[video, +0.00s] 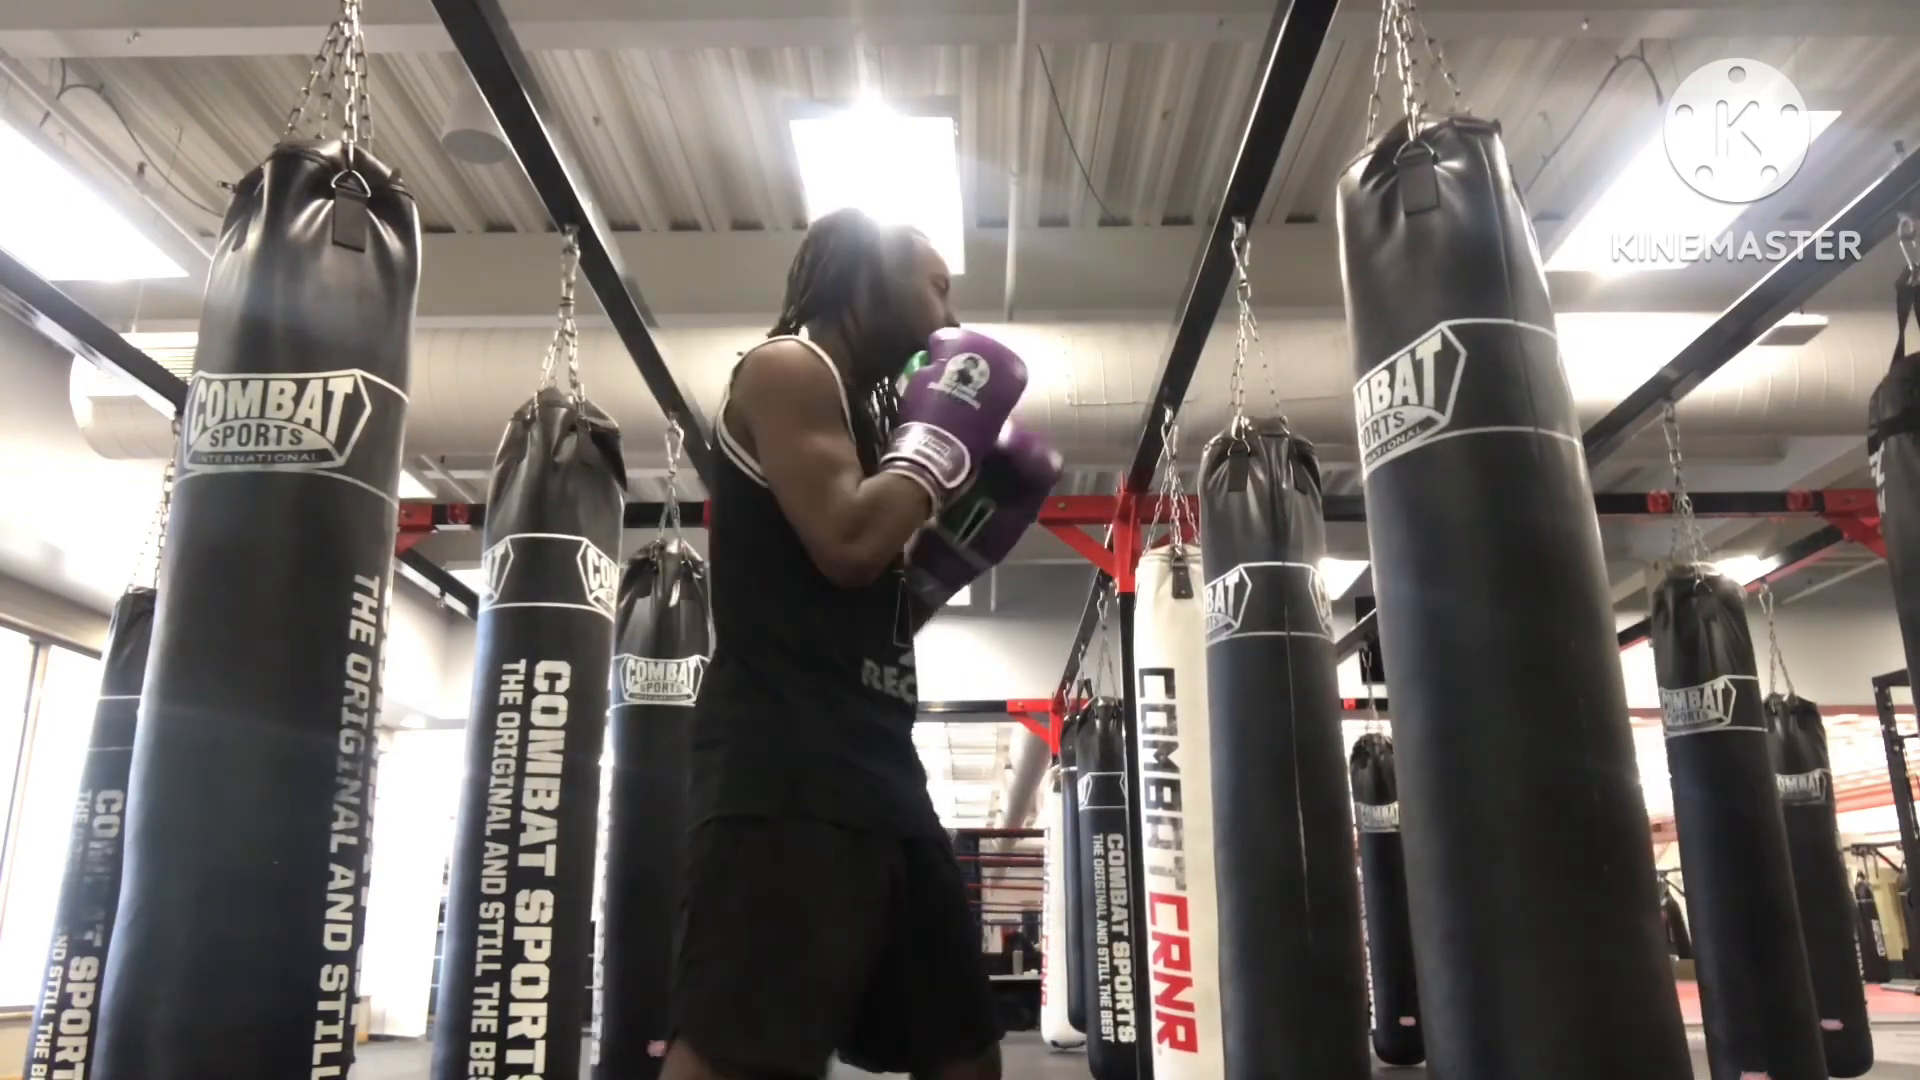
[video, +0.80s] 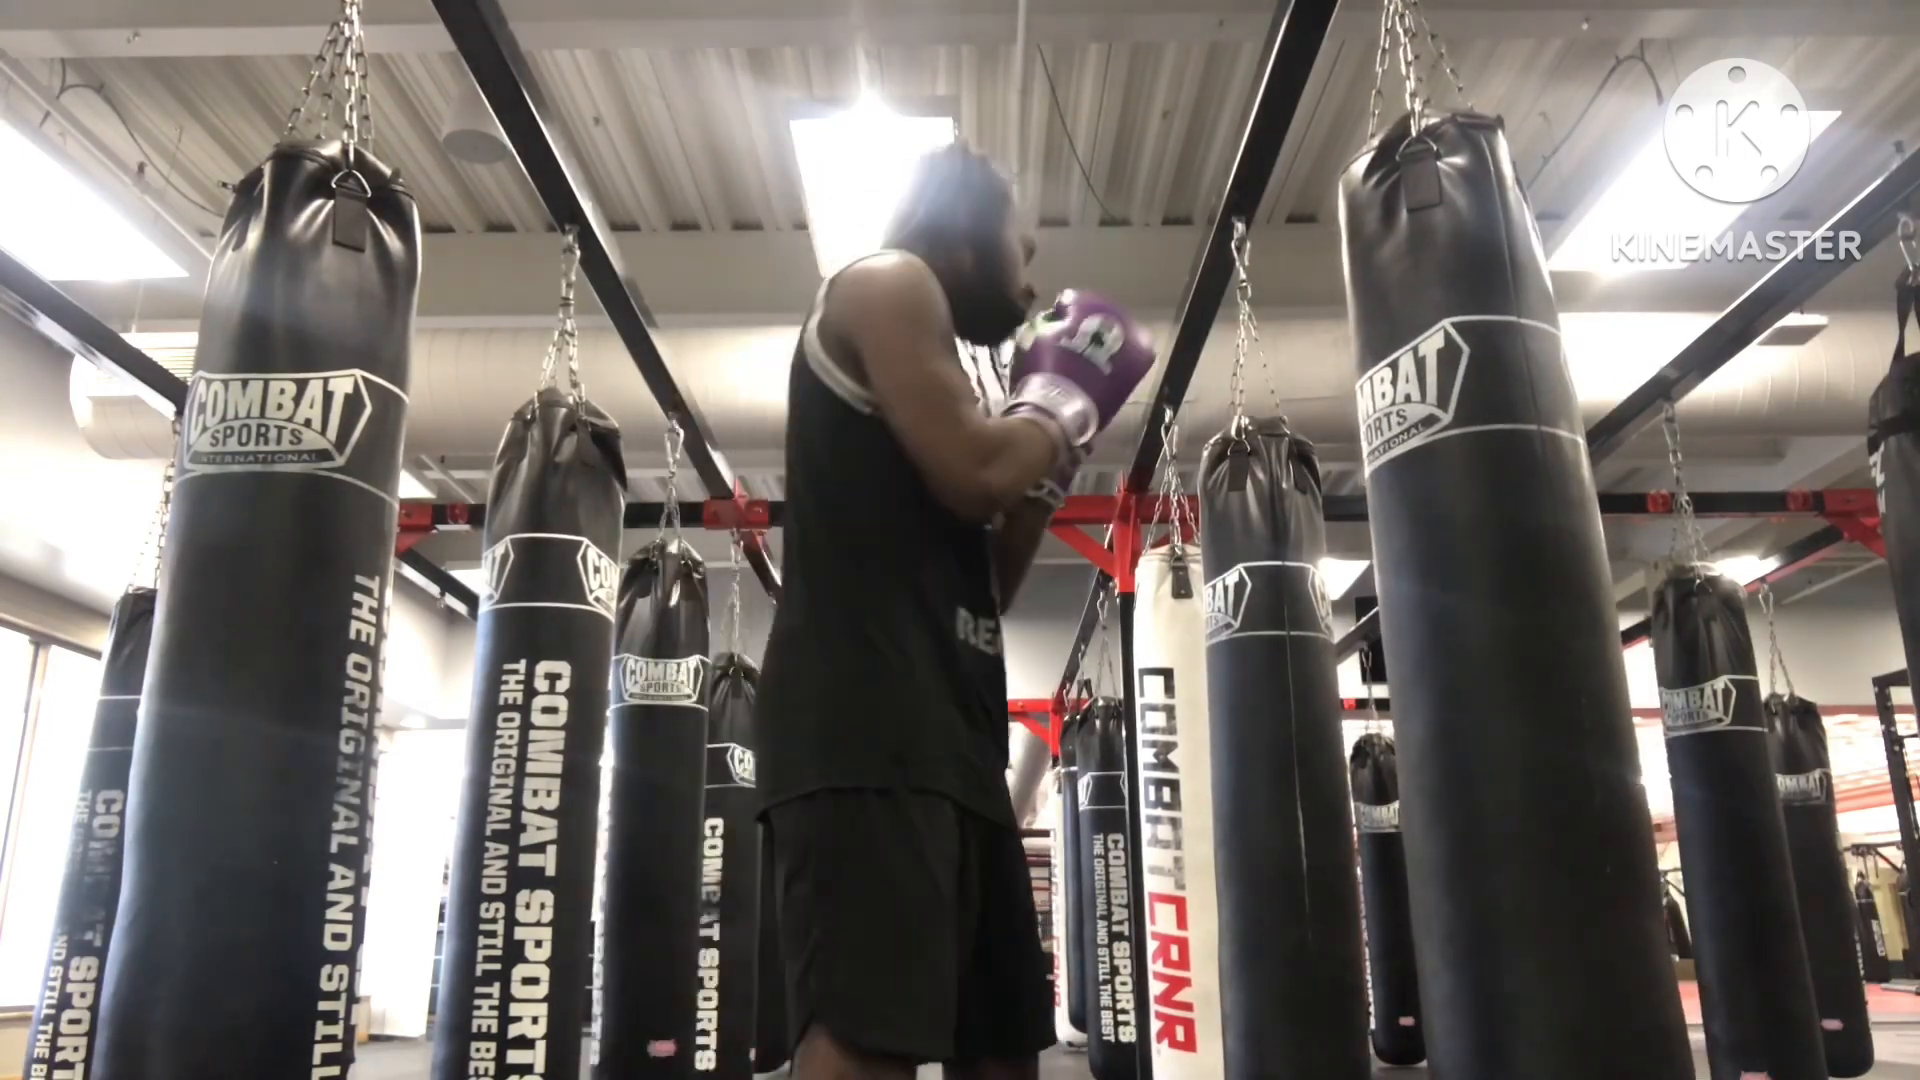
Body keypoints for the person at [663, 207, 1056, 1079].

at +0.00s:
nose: (950, 315)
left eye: (949, 293)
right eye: (936, 288)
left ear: (870, 293)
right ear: (869, 281)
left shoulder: (864, 410)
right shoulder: (787, 367)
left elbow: (873, 613)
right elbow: (848, 540)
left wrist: (969, 532)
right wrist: (944, 429)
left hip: (876, 772)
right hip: (783, 771)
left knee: (960, 1047)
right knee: (728, 1046)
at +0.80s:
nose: (1032, 268)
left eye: (1029, 243)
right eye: (1019, 236)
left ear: (945, 231)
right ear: (963, 224)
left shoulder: (943, 362)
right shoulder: (885, 285)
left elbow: (990, 583)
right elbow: (974, 470)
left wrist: (1046, 453)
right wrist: (1062, 399)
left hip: (947, 749)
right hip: (865, 740)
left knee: (998, 1041)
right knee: (859, 1044)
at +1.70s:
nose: (1034, 162)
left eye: (1027, 139)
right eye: (1023, 137)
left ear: (903, 144)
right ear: (990, 138)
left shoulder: (889, 257)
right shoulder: (939, 227)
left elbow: (995, 457)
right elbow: (1013, 463)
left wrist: (1066, 400)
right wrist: (1104, 409)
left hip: (867, 758)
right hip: (916, 761)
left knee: (885, 1046)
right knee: (947, 1046)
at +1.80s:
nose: (1046, 167)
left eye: (1038, 142)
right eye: (1034, 140)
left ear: (914, 150)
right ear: (1001, 143)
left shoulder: (901, 262)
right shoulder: (948, 231)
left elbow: (1001, 468)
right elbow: (1017, 464)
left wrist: (1080, 397)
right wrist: (1102, 395)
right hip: (927, 753)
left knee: (868, 1050)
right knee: (962, 1051)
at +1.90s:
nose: (1043, 169)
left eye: (885, 148)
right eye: (1034, 145)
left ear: (913, 147)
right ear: (1004, 138)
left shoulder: (908, 261)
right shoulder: (956, 232)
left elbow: (999, 491)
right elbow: (1011, 460)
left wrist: (1111, 451)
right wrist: (1109, 399)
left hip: (894, 732)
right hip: (935, 735)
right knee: (978, 1038)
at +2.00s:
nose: (1037, 172)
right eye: (1029, 148)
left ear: (897, 164)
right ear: (1003, 146)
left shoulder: (880, 298)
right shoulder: (961, 245)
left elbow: (987, 483)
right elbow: (1047, 482)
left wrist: (1100, 413)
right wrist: (1147, 430)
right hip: (931, 772)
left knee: (1086, 1045)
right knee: (954, 1052)